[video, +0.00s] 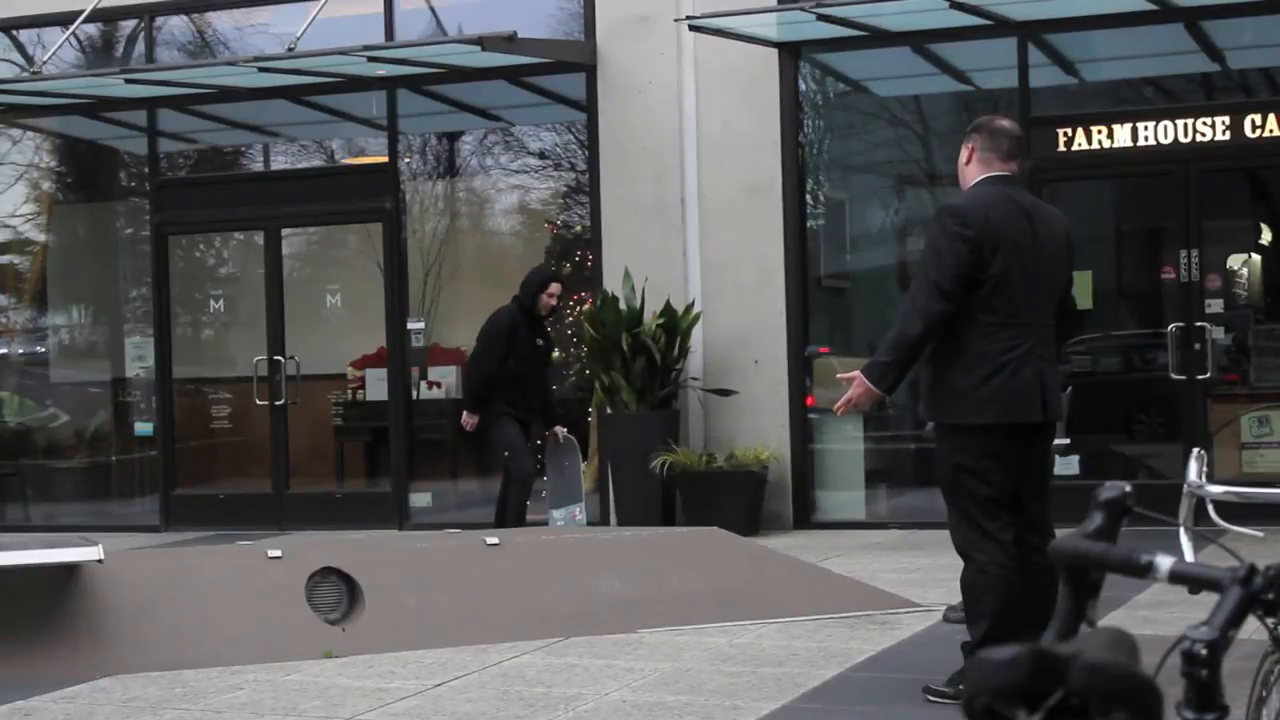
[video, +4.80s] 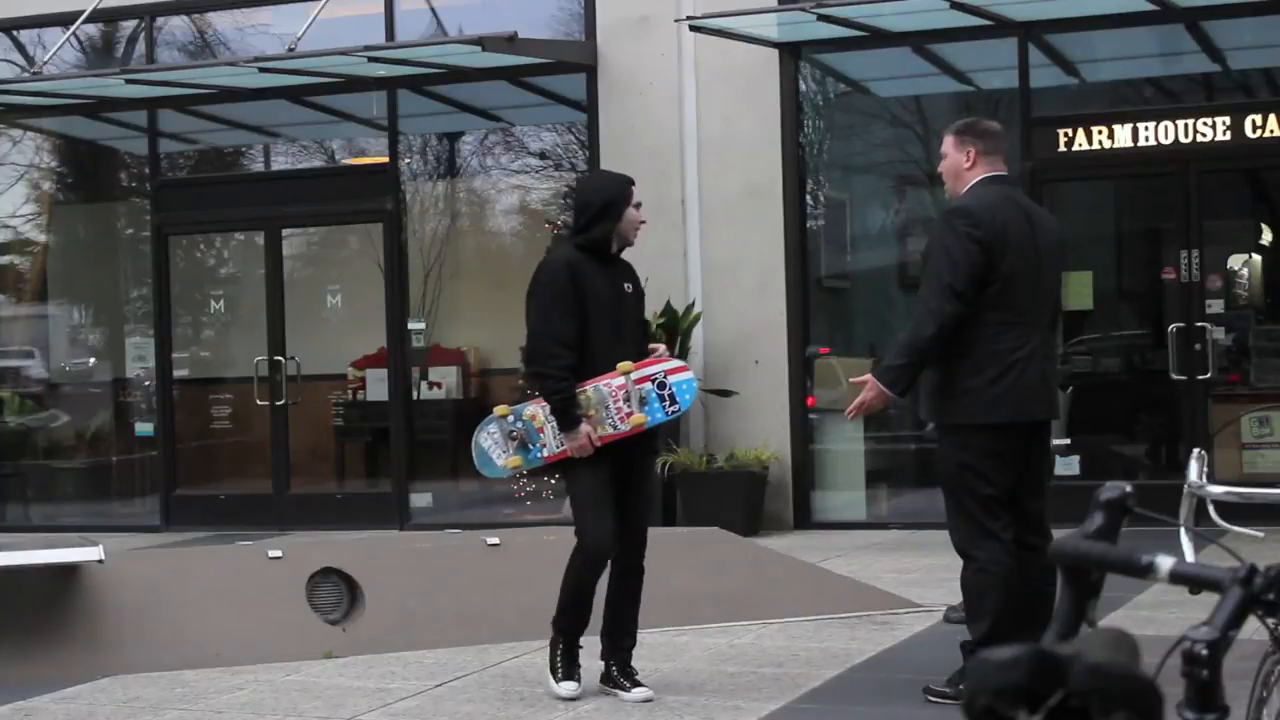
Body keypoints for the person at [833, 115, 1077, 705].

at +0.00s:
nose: (957, 168)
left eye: (959, 159)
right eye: (961, 159)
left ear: (970, 157)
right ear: (1020, 163)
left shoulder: (963, 216)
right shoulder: (1050, 221)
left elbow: (928, 308)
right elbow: (1067, 314)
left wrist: (878, 376)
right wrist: (1025, 353)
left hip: (972, 407)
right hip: (1033, 406)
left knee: (982, 538)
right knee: (1029, 532)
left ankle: (987, 674)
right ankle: (1030, 666)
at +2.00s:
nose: (959, 166)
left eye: (961, 156)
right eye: (962, 157)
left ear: (974, 154)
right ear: (1021, 162)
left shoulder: (968, 216)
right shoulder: (1051, 221)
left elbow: (934, 309)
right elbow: (1067, 317)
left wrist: (884, 376)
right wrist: (1023, 354)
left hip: (975, 408)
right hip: (1034, 407)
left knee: (983, 538)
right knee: (1029, 531)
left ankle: (987, 674)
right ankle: (1030, 666)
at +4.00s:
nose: (949, 169)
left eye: (951, 158)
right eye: (951, 159)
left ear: (971, 154)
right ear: (1007, 156)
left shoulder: (970, 217)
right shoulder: (1048, 221)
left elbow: (938, 311)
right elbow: (1060, 318)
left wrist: (889, 377)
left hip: (976, 408)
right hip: (1033, 407)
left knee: (983, 539)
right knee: (1029, 531)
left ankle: (987, 674)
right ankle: (1027, 665)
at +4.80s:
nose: (938, 167)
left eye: (943, 156)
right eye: (940, 156)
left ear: (969, 156)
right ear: (991, 156)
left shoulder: (966, 218)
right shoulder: (1037, 219)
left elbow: (938, 311)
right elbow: (1040, 316)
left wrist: (890, 377)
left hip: (975, 408)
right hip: (1029, 406)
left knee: (981, 539)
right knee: (1026, 532)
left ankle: (987, 674)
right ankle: (1027, 665)